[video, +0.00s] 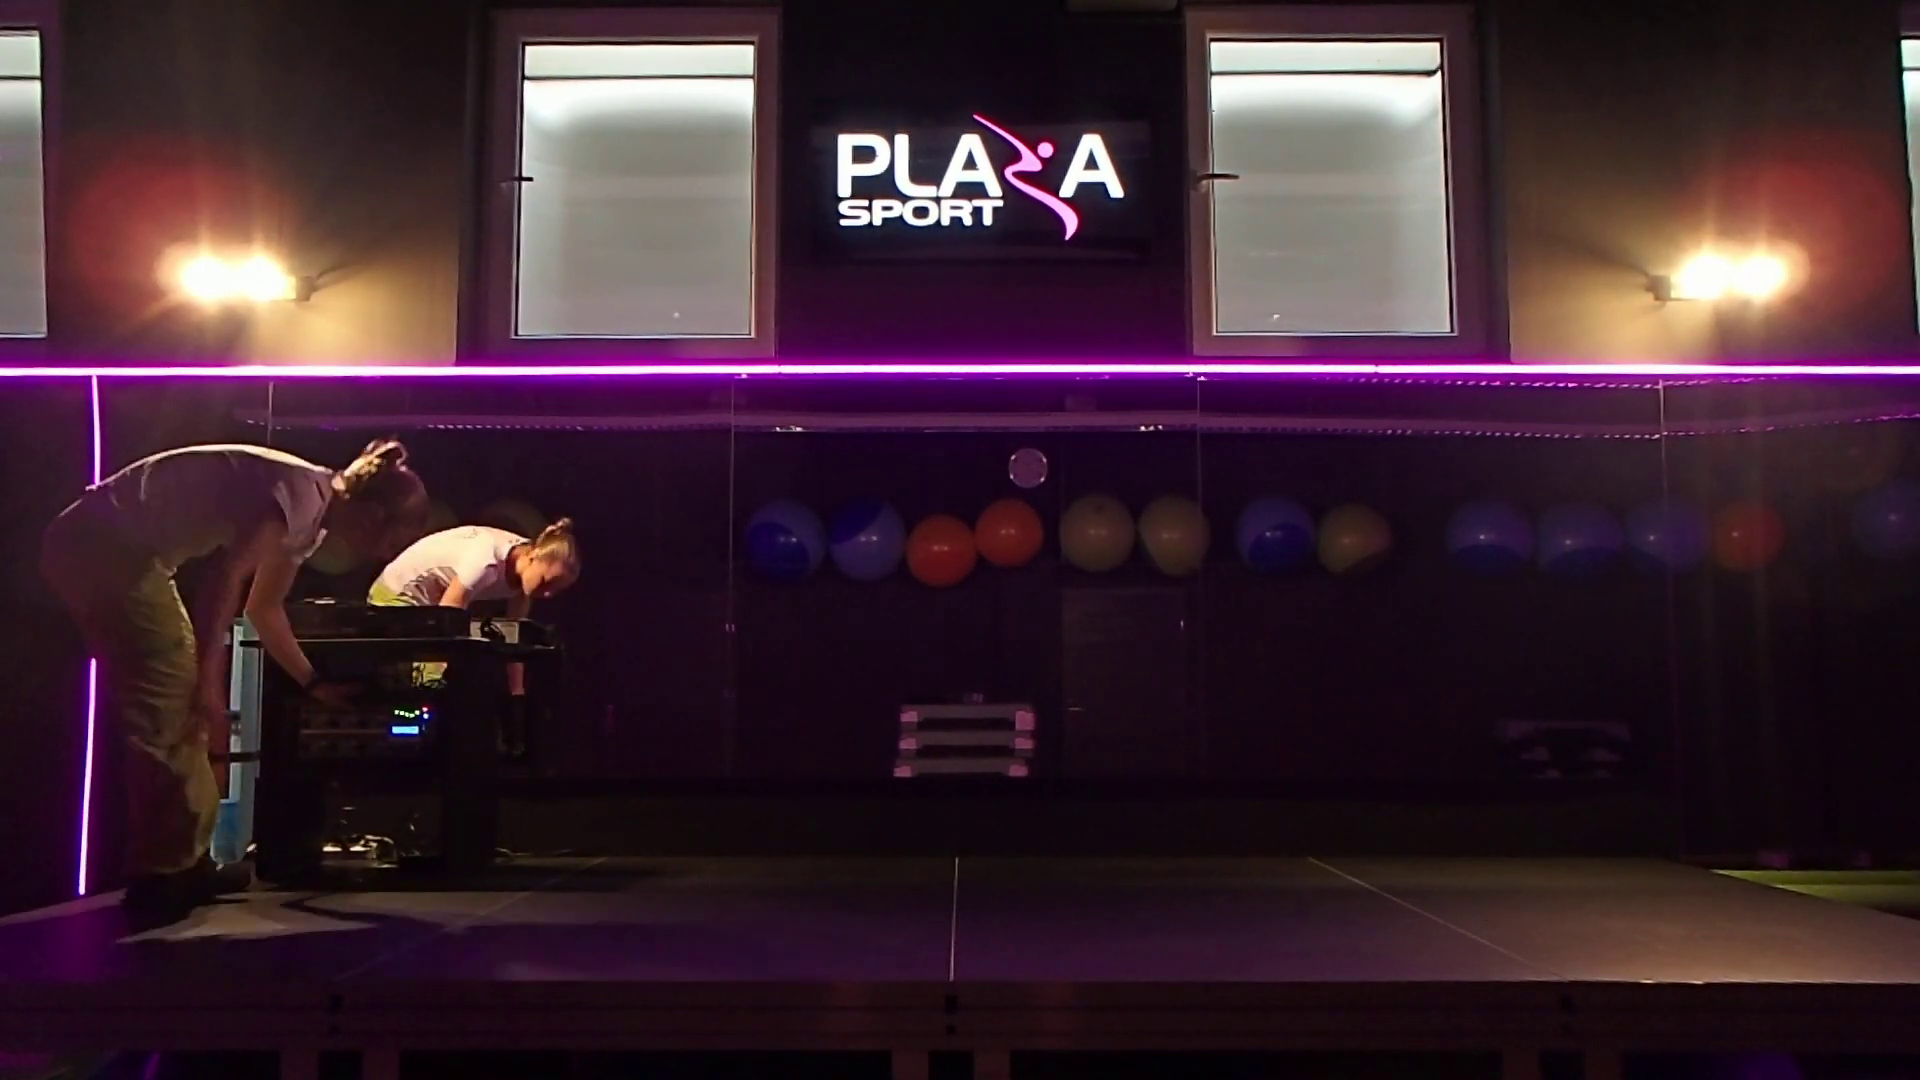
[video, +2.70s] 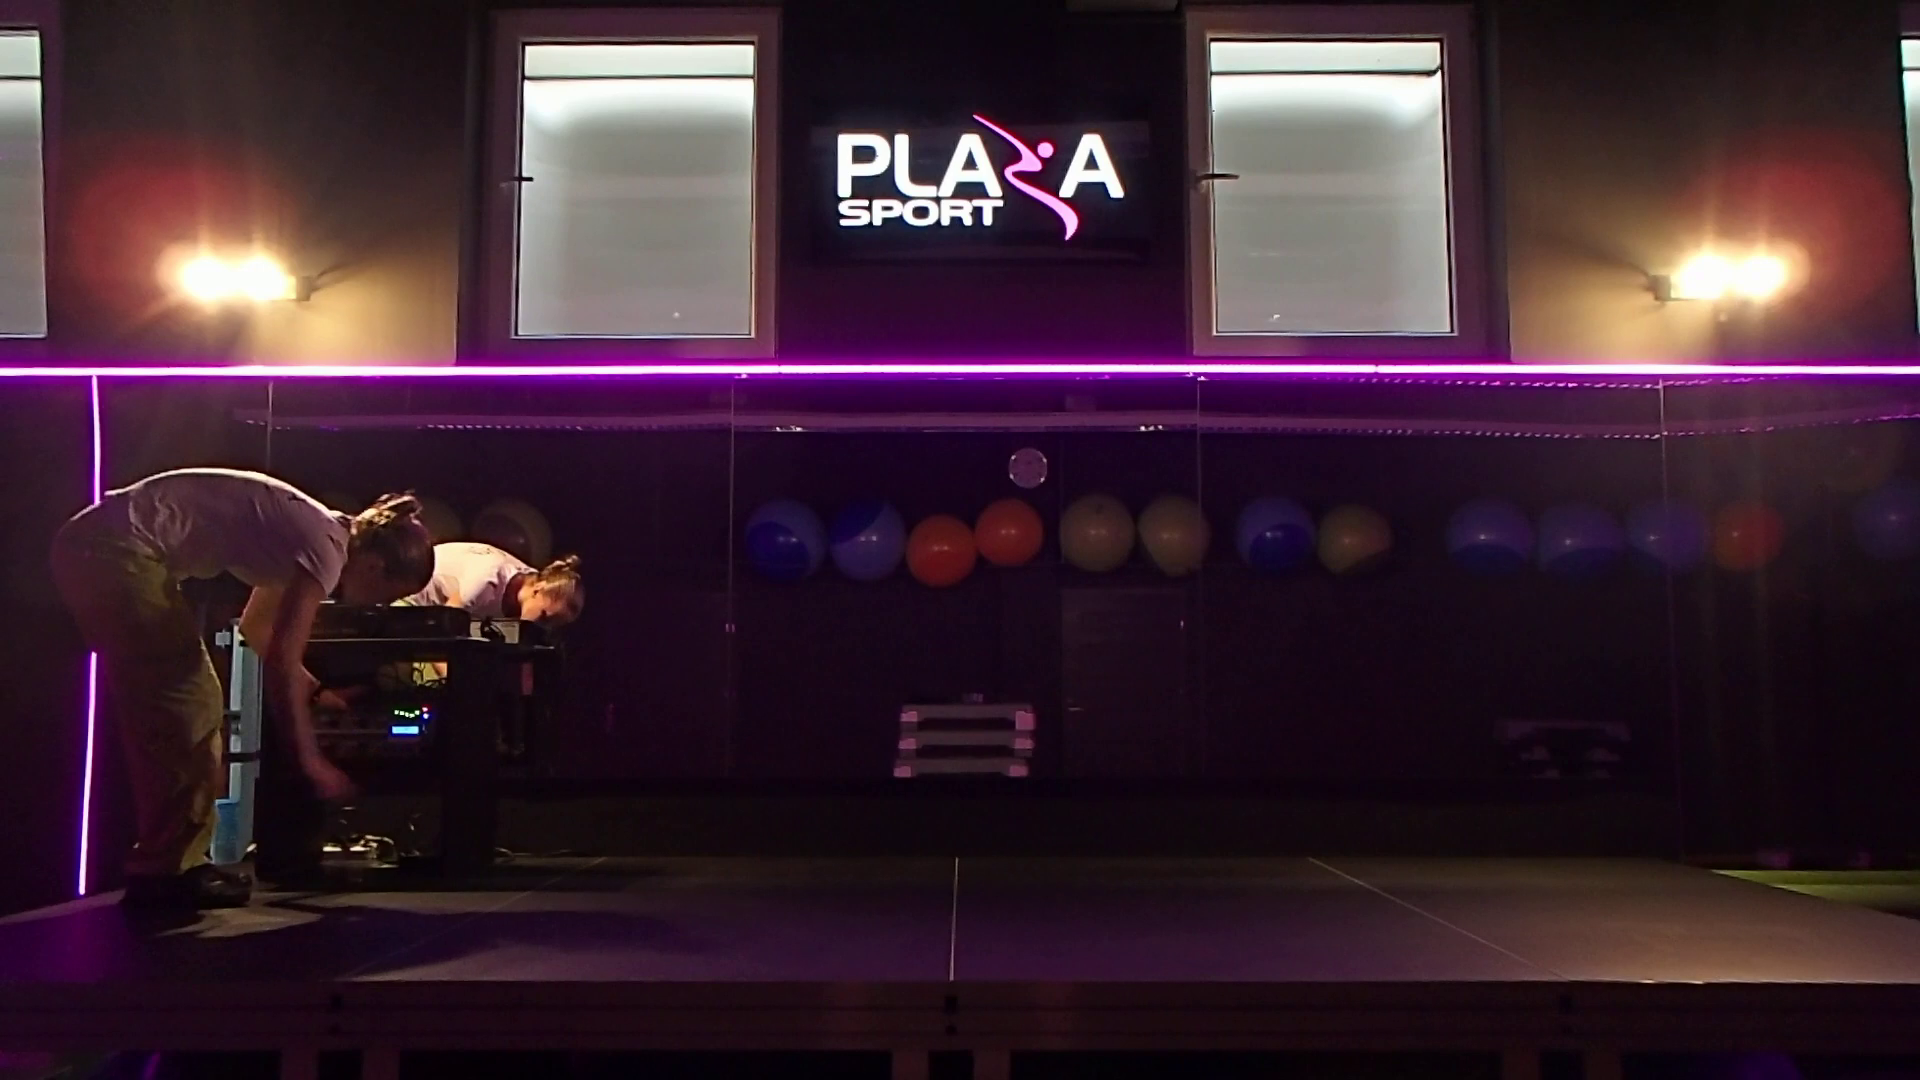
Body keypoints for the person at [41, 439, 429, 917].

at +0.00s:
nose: (388, 553)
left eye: (396, 544)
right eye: (394, 540)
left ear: (369, 508)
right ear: (377, 515)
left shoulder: (305, 522)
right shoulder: (299, 496)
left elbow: (265, 607)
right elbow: (225, 577)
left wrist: (311, 681)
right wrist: (206, 680)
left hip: (134, 552)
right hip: (106, 547)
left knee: (181, 697)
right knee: (162, 698)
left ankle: (189, 863)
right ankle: (161, 874)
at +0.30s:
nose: (382, 567)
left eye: (391, 561)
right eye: (389, 557)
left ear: (369, 516)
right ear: (377, 527)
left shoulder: (311, 526)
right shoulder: (299, 516)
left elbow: (266, 615)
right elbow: (237, 612)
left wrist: (316, 684)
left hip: (145, 560)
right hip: (105, 553)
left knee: (197, 708)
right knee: (172, 712)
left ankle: (187, 863)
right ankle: (156, 875)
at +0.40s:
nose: (378, 589)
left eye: (387, 582)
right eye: (385, 578)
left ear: (365, 541)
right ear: (372, 549)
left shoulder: (307, 529)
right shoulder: (306, 538)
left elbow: (260, 627)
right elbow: (271, 649)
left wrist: (315, 688)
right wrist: (311, 731)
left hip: (139, 557)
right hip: (104, 550)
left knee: (191, 701)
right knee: (172, 703)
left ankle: (182, 865)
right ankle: (163, 874)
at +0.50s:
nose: (380, 602)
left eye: (392, 596)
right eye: (389, 591)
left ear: (372, 554)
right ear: (374, 562)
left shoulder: (301, 539)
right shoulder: (317, 555)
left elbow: (254, 627)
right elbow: (314, 672)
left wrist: (309, 687)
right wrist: (361, 727)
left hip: (111, 547)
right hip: (108, 550)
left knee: (181, 696)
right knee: (182, 697)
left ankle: (177, 868)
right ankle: (168, 874)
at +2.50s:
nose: (376, 610)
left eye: (388, 607)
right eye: (386, 601)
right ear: (377, 570)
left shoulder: (302, 539)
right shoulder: (333, 550)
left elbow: (254, 626)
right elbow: (327, 669)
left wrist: (310, 686)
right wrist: (384, 727)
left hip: (107, 543)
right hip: (125, 548)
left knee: (178, 697)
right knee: (192, 698)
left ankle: (169, 865)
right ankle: (170, 869)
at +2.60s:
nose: (379, 608)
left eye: (390, 604)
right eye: (387, 598)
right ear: (376, 567)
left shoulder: (307, 536)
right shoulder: (330, 549)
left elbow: (255, 627)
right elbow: (309, 665)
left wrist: (320, 692)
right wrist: (356, 745)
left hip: (136, 551)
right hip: (121, 549)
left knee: (202, 707)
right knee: (171, 708)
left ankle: (181, 864)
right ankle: (165, 871)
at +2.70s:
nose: (377, 605)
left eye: (388, 600)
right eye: (385, 595)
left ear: (371, 555)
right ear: (374, 563)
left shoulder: (309, 529)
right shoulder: (324, 546)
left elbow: (254, 627)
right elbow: (283, 659)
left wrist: (311, 687)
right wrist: (310, 760)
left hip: (116, 551)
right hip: (118, 554)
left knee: (181, 698)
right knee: (187, 701)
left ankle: (175, 866)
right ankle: (168, 872)